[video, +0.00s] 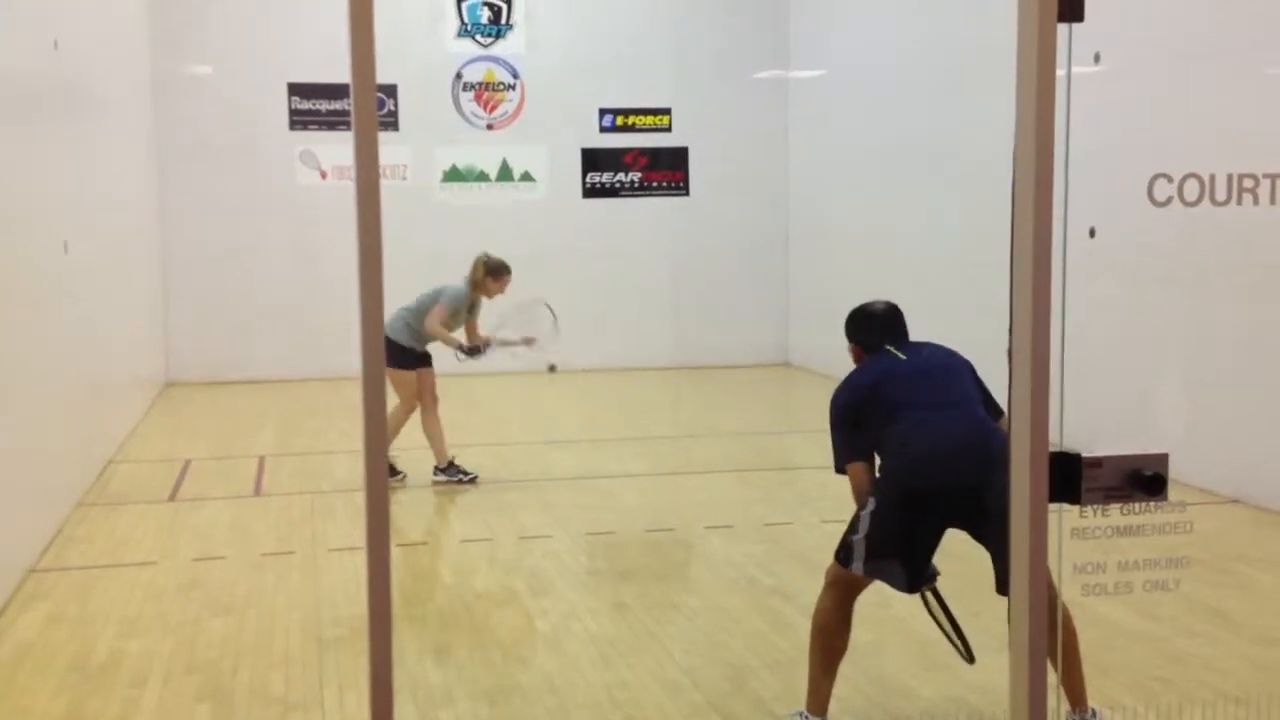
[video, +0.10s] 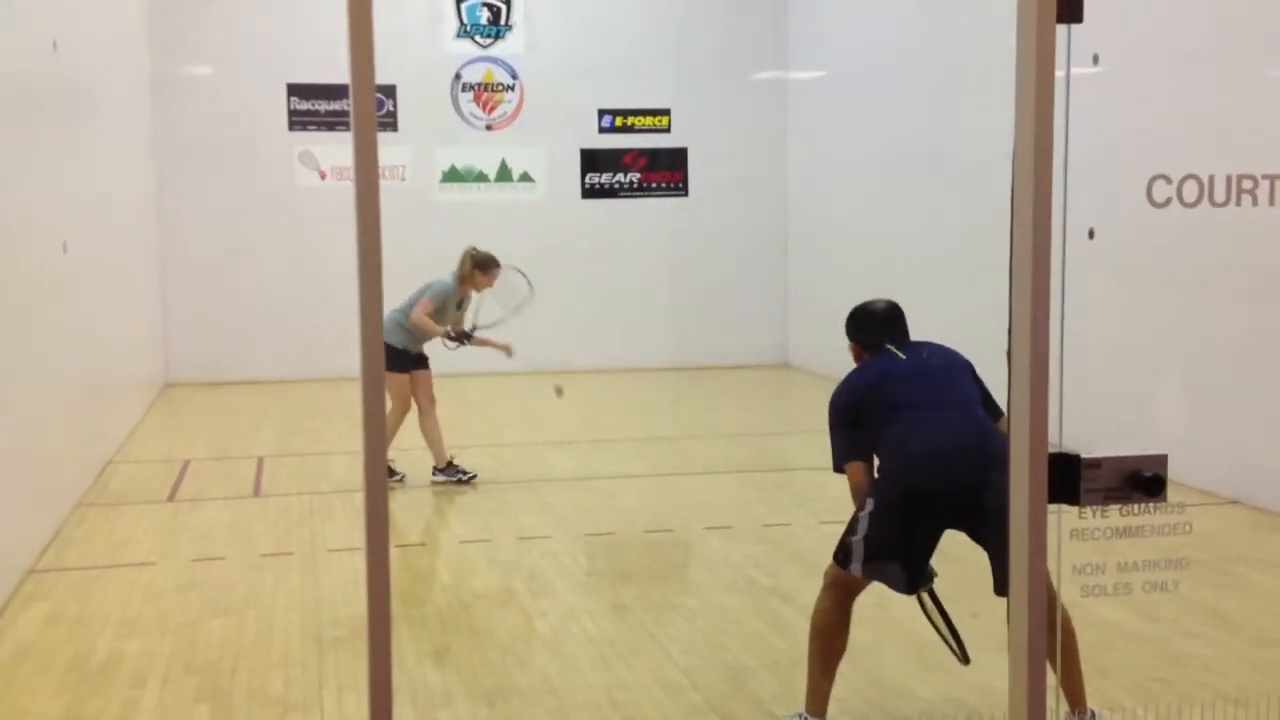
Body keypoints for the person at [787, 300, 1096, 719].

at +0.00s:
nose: (851, 355)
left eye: (850, 348)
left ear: (855, 351)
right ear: (904, 336)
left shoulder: (852, 390)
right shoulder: (949, 358)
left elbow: (863, 487)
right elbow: (999, 426)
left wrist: (900, 556)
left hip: (913, 483)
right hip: (989, 476)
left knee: (840, 586)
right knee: (1040, 585)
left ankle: (814, 713)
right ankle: (1082, 709)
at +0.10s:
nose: (851, 354)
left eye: (851, 348)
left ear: (856, 349)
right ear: (905, 335)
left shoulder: (852, 389)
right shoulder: (950, 358)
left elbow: (861, 484)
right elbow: (999, 427)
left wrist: (885, 550)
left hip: (912, 481)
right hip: (989, 474)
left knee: (839, 587)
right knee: (1040, 589)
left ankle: (813, 713)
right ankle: (1081, 710)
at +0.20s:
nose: (852, 354)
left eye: (851, 347)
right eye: (852, 347)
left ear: (857, 349)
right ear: (905, 336)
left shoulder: (851, 390)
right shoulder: (950, 359)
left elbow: (861, 486)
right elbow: (999, 428)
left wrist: (879, 550)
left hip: (911, 485)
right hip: (988, 478)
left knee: (838, 589)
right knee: (1040, 591)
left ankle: (812, 714)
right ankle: (1080, 712)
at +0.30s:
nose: (852, 354)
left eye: (852, 347)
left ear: (859, 349)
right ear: (908, 336)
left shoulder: (852, 389)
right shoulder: (952, 360)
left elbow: (860, 488)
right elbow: (1002, 428)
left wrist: (875, 546)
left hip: (911, 484)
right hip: (988, 478)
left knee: (837, 590)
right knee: (1039, 592)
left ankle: (812, 714)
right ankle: (1080, 712)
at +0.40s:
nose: (854, 354)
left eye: (855, 347)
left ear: (861, 349)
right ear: (911, 337)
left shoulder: (853, 389)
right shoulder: (954, 360)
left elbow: (860, 489)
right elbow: (1004, 428)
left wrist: (875, 545)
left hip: (910, 487)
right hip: (987, 482)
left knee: (837, 591)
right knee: (1038, 590)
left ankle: (811, 714)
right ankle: (1078, 712)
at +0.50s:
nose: (858, 354)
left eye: (859, 347)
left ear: (865, 349)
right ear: (915, 338)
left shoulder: (857, 389)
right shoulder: (959, 363)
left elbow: (860, 488)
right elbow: (1005, 427)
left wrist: (869, 541)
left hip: (910, 488)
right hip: (988, 484)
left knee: (837, 590)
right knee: (1041, 593)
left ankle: (810, 714)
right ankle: (1077, 712)